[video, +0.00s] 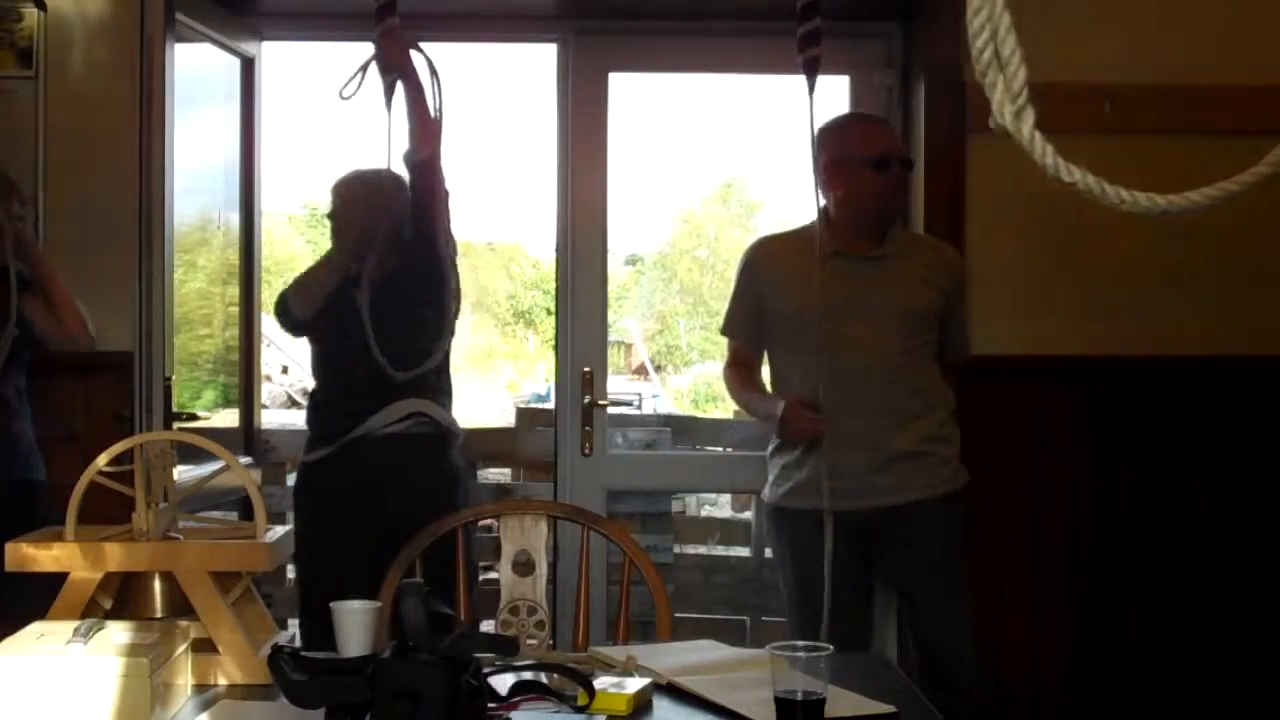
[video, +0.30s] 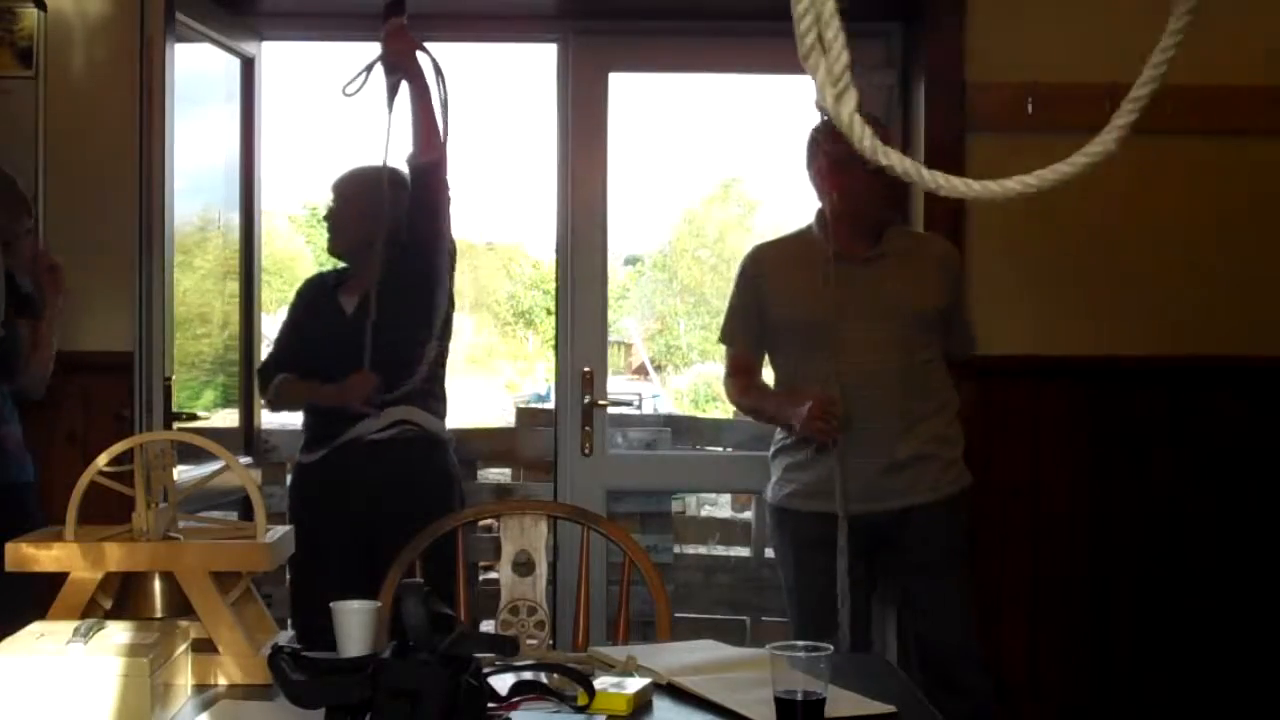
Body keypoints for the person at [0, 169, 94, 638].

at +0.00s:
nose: (19, 219)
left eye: (21, 209)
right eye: (13, 209)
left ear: (23, 217)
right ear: (1, 217)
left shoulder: (16, 284)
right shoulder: (16, 285)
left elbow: (76, 336)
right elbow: (75, 335)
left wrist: (32, 254)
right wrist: (31, 256)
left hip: (18, 454)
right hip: (14, 455)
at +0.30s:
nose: (36, 242)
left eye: (31, 226)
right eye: (25, 230)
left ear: (24, 229)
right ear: (7, 238)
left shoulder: (16, 287)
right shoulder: (11, 289)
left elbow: (32, 382)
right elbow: (31, 382)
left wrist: (48, 301)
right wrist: (48, 302)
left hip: (15, 470)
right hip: (10, 473)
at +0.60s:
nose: (30, 240)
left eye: (29, 226)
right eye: (22, 227)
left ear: (33, 227)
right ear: (18, 228)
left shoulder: (26, 291)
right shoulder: (18, 292)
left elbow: (33, 388)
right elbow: (34, 388)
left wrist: (56, 323)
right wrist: (55, 323)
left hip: (17, 470)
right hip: (12, 471)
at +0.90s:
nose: (33, 221)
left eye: (38, 208)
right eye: (20, 209)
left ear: (43, 211)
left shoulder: (38, 286)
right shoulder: (9, 284)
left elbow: (58, 389)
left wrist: (68, 320)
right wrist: (21, 307)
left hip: (34, 455)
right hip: (9, 455)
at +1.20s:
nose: (38, 216)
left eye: (40, 202)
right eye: (22, 203)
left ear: (47, 206)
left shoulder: (41, 283)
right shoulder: (10, 283)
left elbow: (68, 390)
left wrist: (78, 321)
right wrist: (19, 309)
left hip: (42, 470)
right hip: (14, 472)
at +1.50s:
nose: (25, 218)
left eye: (29, 202)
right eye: (16, 200)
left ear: (33, 208)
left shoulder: (40, 287)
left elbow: (74, 394)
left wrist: (84, 326)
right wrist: (13, 309)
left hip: (39, 479)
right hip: (12, 480)